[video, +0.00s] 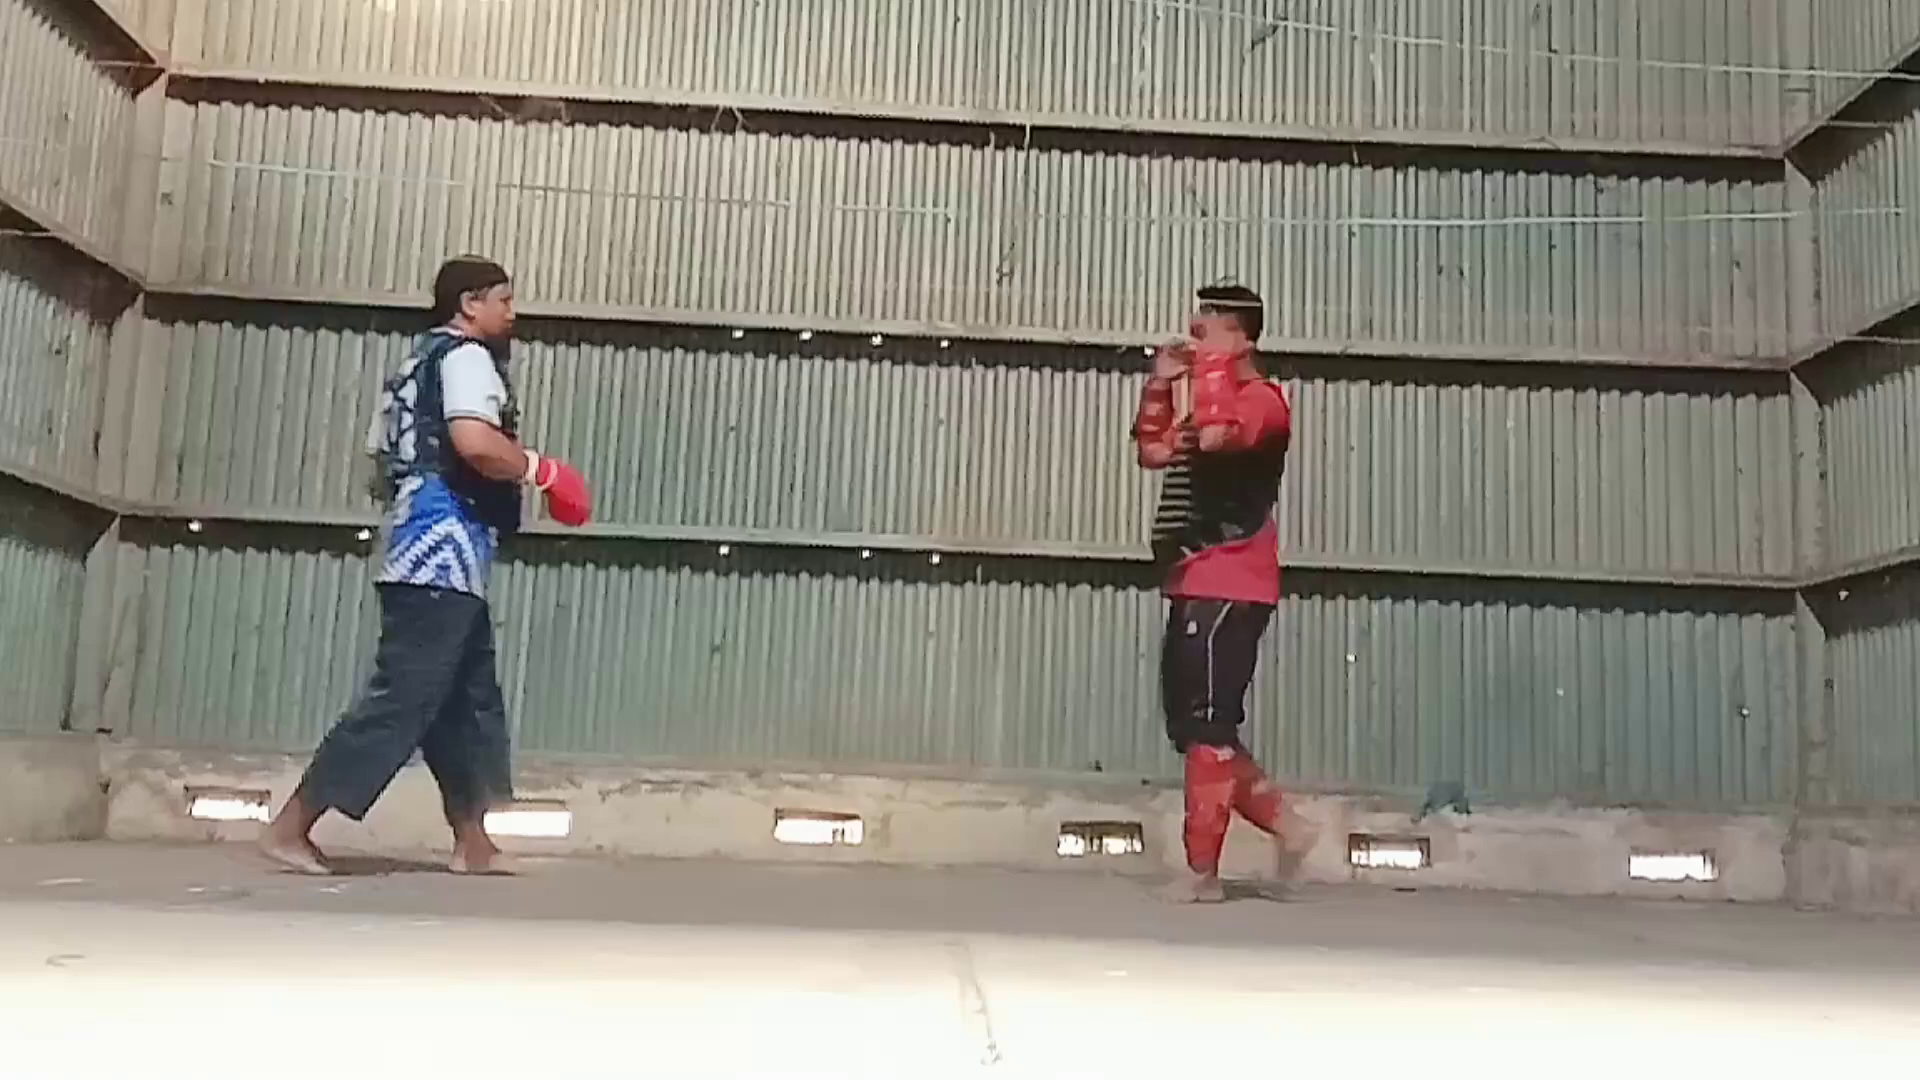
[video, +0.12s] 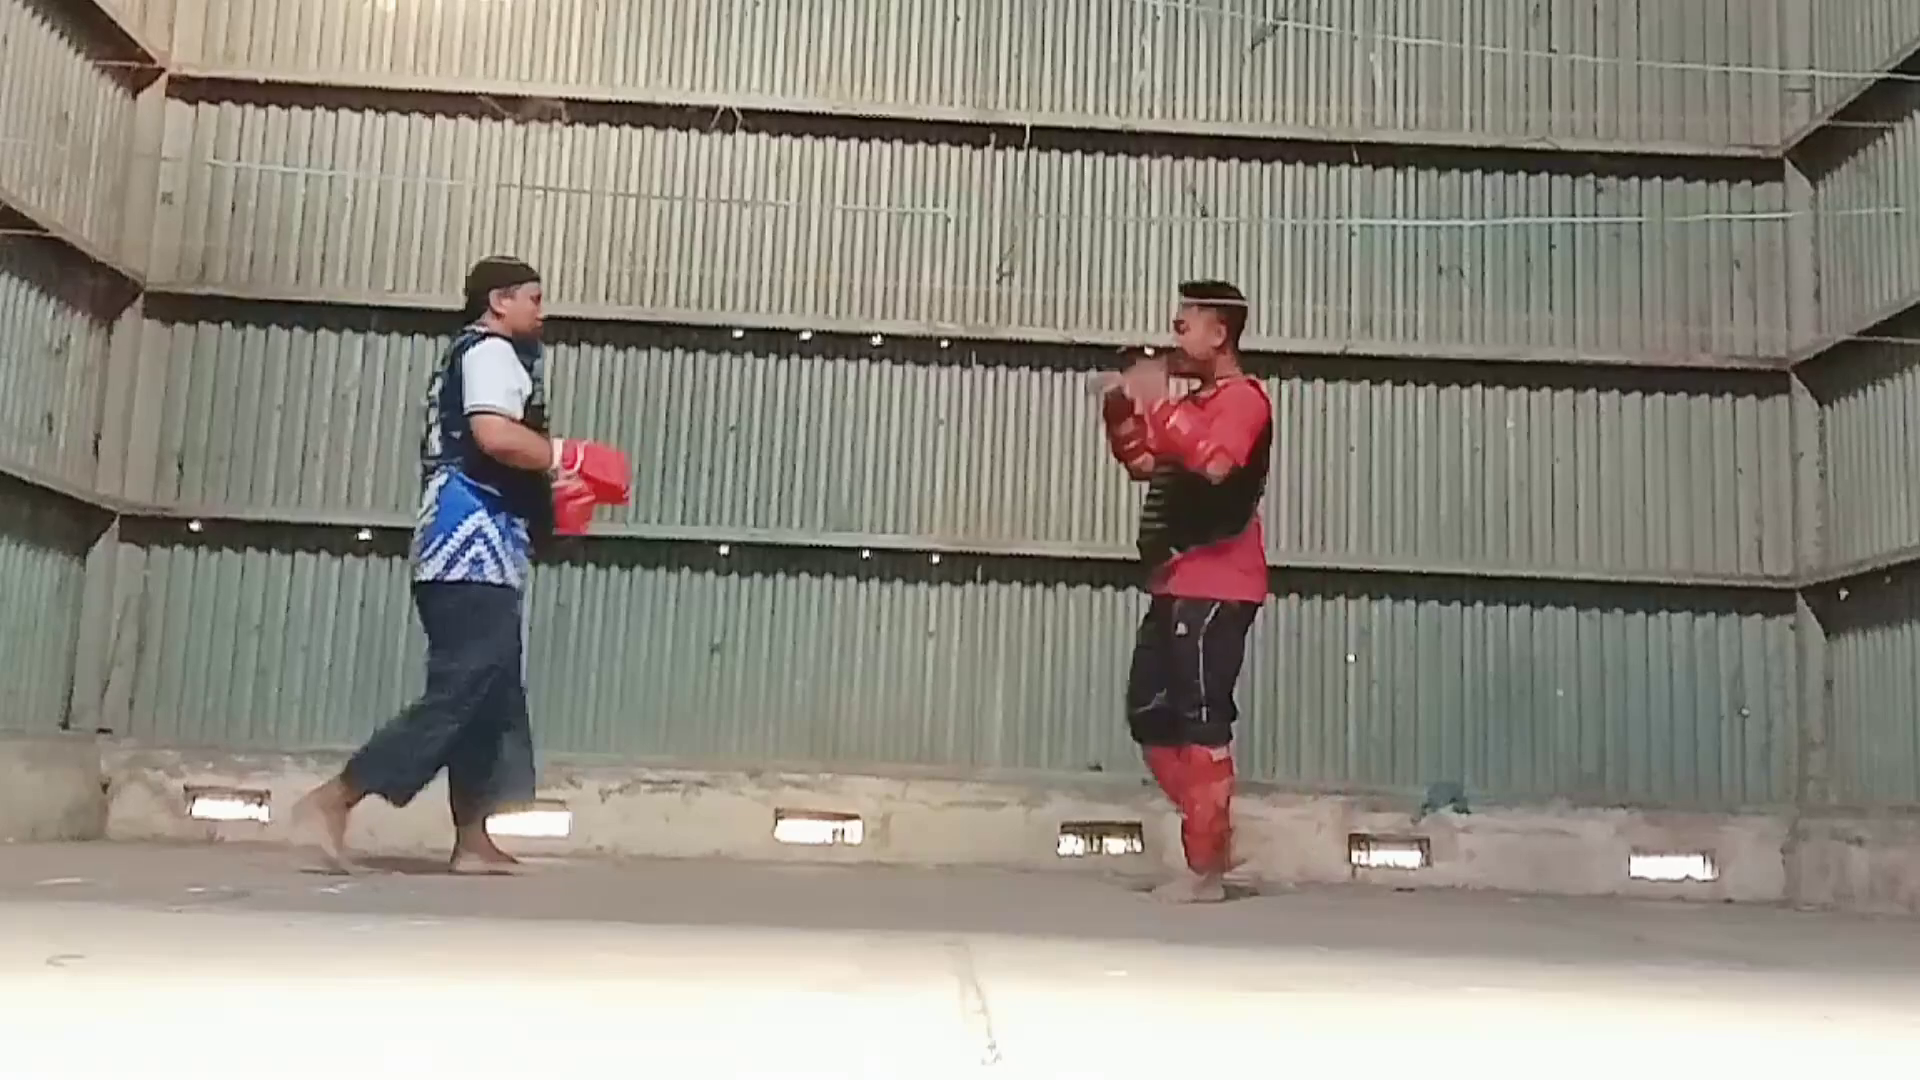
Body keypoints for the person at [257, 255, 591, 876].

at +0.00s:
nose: (514, 311)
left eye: (512, 300)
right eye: (505, 301)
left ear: (460, 309)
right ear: (470, 307)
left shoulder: (420, 363)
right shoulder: (467, 356)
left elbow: (389, 461)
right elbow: (474, 441)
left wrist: (488, 475)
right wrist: (543, 470)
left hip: (429, 561)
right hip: (439, 563)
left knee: (462, 703)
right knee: (403, 700)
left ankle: (473, 845)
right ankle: (289, 827)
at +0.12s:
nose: (543, 309)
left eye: (542, 299)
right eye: (534, 299)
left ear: (498, 305)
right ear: (499, 303)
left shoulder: (480, 356)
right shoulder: (493, 352)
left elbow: (482, 460)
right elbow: (494, 434)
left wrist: (551, 502)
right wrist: (566, 456)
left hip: (476, 550)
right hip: (470, 550)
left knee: (484, 694)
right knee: (464, 690)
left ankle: (473, 840)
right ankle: (332, 800)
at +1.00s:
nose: (755, 322)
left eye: (756, 312)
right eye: (750, 310)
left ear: (708, 310)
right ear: (717, 307)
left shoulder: (671, 357)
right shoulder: (715, 354)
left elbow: (693, 460)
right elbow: (803, 381)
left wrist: (740, 537)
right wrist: (873, 388)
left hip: (654, 559)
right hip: (691, 562)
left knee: (645, 692)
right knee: (695, 700)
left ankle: (587, 823)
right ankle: (686, 854)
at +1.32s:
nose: (736, 330)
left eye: (737, 319)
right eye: (729, 317)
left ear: (687, 317)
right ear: (693, 314)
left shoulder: (663, 367)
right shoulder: (688, 368)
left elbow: (670, 456)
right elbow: (688, 452)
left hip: (644, 569)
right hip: (672, 570)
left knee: (638, 699)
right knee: (685, 700)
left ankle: (569, 825)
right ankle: (686, 847)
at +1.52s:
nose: (712, 352)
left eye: (716, 343)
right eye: (708, 338)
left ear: (677, 332)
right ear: (672, 328)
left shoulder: (674, 388)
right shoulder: (633, 376)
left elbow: (646, 469)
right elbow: (601, 452)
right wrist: (574, 517)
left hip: (638, 572)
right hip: (618, 569)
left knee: (595, 704)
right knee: (652, 702)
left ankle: (552, 843)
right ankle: (685, 847)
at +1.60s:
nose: (702, 354)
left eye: (707, 345)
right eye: (699, 339)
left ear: (670, 333)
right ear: (662, 326)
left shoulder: (664, 393)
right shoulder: (615, 371)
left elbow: (650, 491)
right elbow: (584, 443)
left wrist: (657, 582)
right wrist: (558, 507)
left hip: (627, 568)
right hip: (600, 561)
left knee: (584, 697)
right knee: (628, 693)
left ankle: (551, 840)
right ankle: (659, 841)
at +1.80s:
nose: (665, 346)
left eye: (670, 337)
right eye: (661, 333)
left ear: (637, 328)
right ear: (624, 320)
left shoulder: (634, 399)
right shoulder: (574, 366)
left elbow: (630, 497)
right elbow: (543, 438)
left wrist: (679, 547)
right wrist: (559, 510)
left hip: (602, 575)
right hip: (557, 563)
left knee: (587, 702)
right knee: (565, 690)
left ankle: (552, 843)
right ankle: (501, 823)